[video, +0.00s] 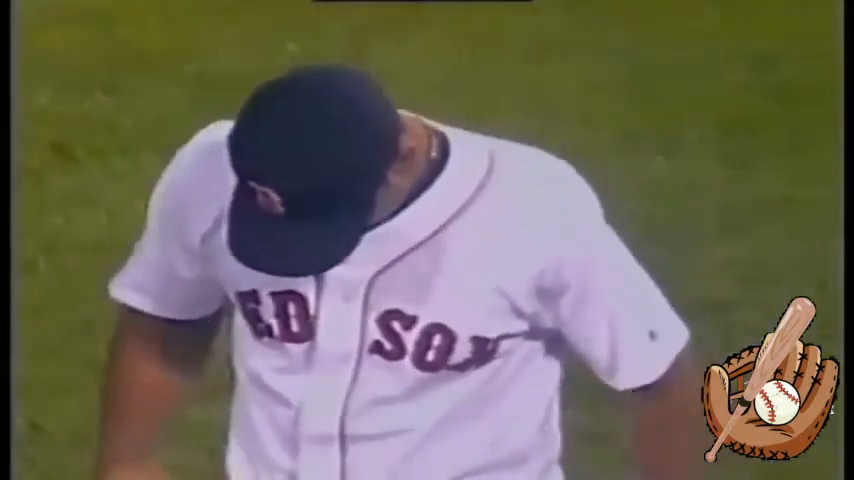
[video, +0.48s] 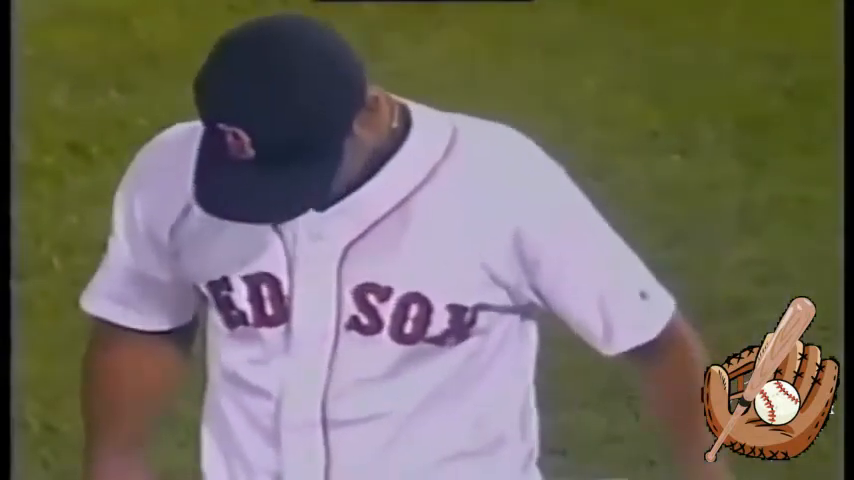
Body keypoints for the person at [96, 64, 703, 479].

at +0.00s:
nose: (299, 250)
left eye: (323, 229)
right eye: (280, 227)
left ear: (396, 166)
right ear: (246, 171)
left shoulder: (538, 207)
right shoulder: (213, 177)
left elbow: (669, 377)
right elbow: (162, 329)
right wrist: (126, 458)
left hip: (485, 469)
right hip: (268, 468)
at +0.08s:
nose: (294, 247)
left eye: (320, 223)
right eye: (275, 224)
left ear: (394, 158)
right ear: (245, 170)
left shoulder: (534, 200)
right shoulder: (208, 179)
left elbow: (681, 369)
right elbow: (159, 332)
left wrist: (710, 465)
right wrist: (123, 465)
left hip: (484, 473)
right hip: (269, 471)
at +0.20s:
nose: (290, 239)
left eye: (314, 217)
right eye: (271, 215)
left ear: (387, 149)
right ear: (242, 161)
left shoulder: (526, 187)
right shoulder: (201, 175)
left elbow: (697, 347)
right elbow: (156, 330)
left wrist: (764, 433)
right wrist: (121, 466)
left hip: (479, 468)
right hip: (263, 466)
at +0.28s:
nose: (289, 234)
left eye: (311, 208)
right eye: (268, 212)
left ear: (377, 142)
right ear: (230, 158)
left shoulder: (518, 185)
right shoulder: (194, 174)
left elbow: (687, 344)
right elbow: (151, 328)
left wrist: (766, 432)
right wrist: (119, 467)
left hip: (466, 470)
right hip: (257, 467)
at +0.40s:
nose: (287, 218)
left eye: (308, 195)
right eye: (264, 201)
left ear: (369, 125)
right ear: (220, 150)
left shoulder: (505, 183)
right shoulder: (182, 176)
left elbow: (666, 343)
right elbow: (142, 328)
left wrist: (755, 452)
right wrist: (115, 468)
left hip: (462, 475)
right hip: (249, 474)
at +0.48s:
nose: (288, 204)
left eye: (308, 182)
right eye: (265, 190)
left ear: (370, 114)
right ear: (221, 135)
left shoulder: (501, 177)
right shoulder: (176, 174)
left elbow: (661, 343)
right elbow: (138, 326)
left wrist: (706, 464)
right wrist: (117, 462)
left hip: (463, 472)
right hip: (249, 471)